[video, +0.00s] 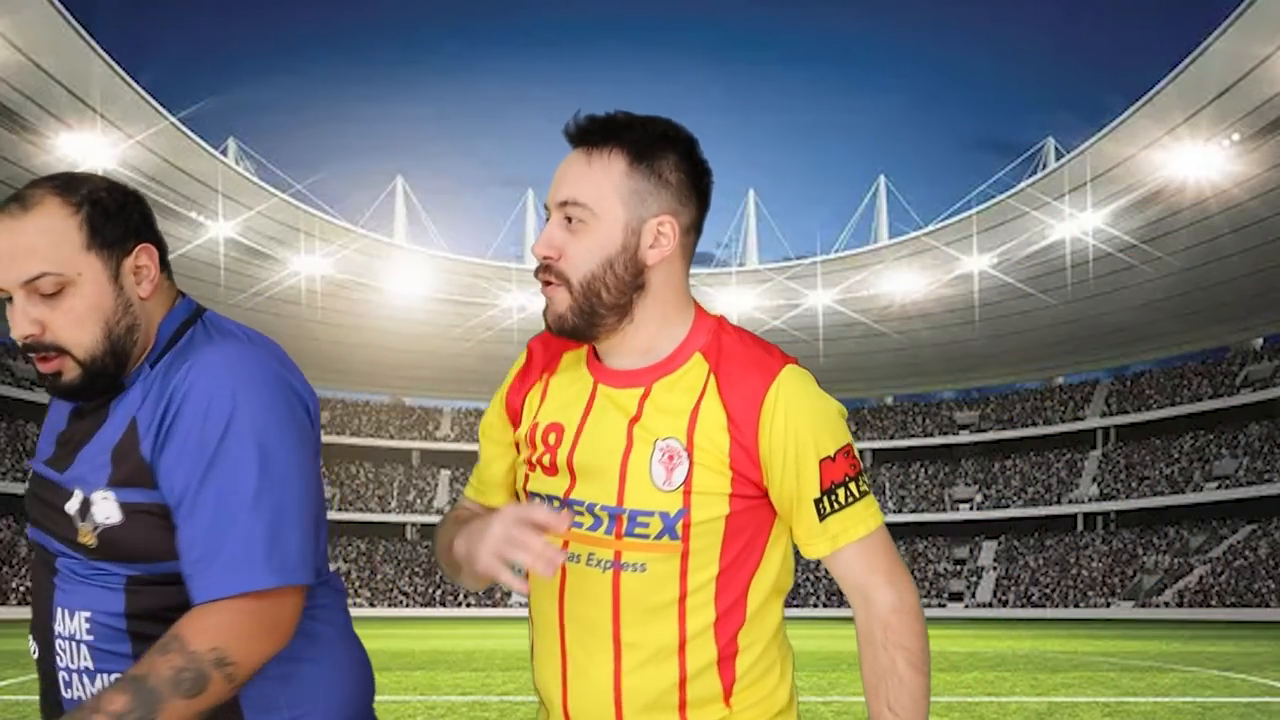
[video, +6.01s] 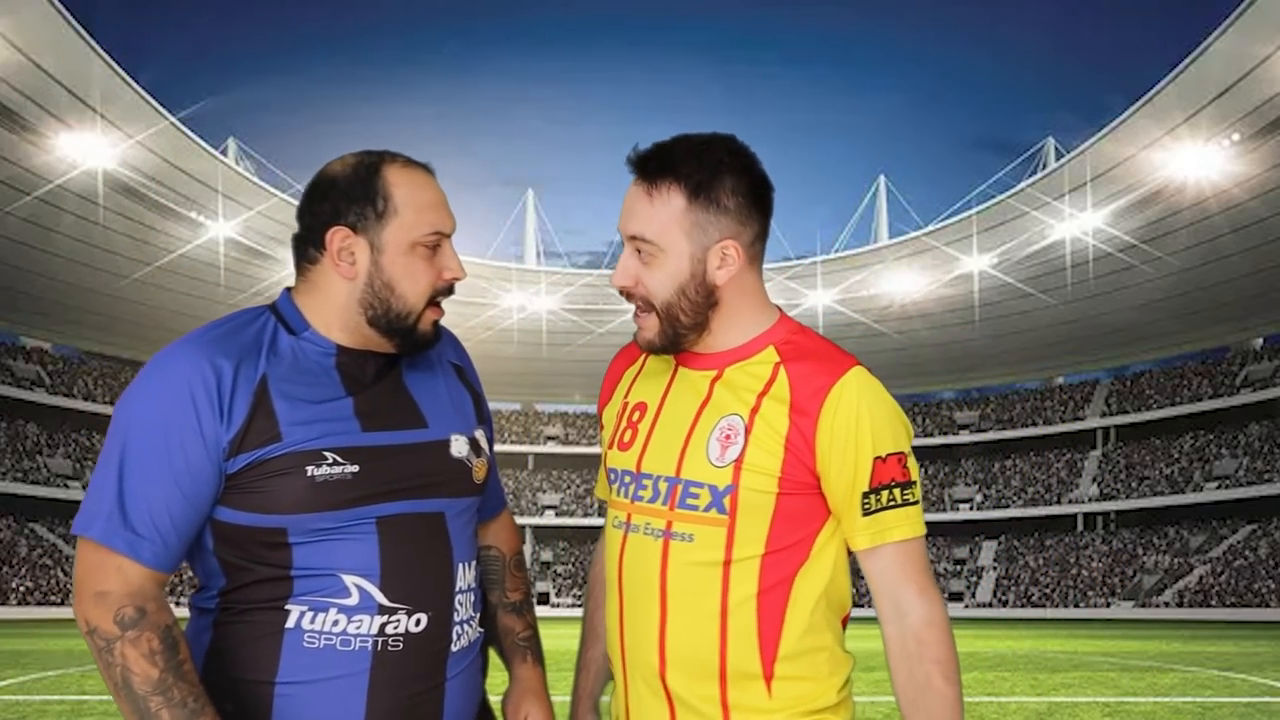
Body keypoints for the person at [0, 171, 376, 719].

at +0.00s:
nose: (22, 326)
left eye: (50, 291)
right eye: (10, 300)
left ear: (141, 272)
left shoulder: (232, 382)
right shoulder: (83, 385)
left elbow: (254, 607)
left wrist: (99, 709)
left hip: (264, 705)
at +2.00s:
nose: (340, 310)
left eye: (342, 281)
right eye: (330, 278)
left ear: (248, 261)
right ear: (249, 260)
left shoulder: (265, 378)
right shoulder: (90, 351)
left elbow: (276, 451)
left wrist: (368, 385)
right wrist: (26, 427)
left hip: (288, 705)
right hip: (105, 705)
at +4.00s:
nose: (427, 219)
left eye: (463, 202)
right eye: (410, 207)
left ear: (522, 241)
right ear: (388, 241)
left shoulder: (606, 385)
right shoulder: (327, 332)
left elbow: (674, 574)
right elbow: (191, 208)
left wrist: (592, 508)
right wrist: (131, 33)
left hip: (522, 708)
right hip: (327, 704)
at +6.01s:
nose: (458, 271)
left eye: (450, 245)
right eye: (432, 246)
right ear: (346, 253)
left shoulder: (444, 364)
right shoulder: (204, 378)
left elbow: (491, 526)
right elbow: (113, 601)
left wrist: (528, 678)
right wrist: (197, 713)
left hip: (452, 707)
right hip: (274, 704)